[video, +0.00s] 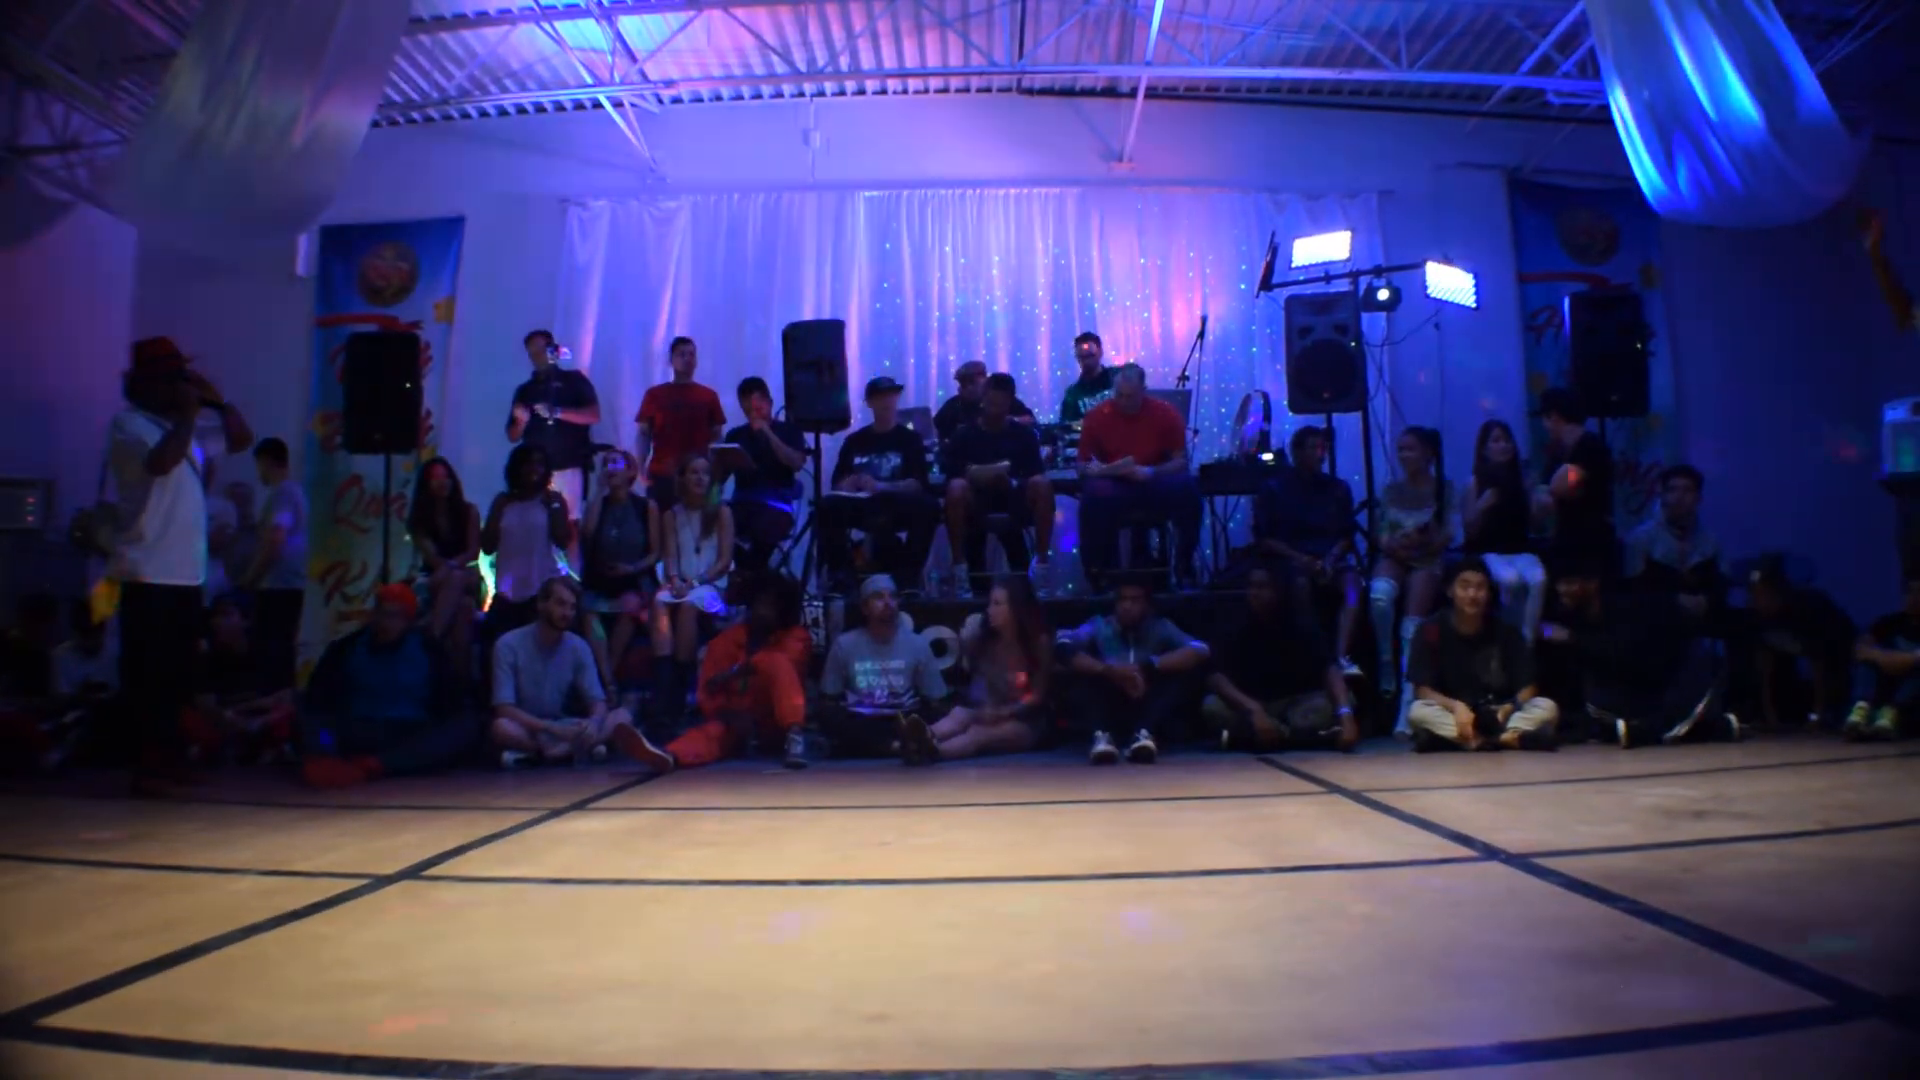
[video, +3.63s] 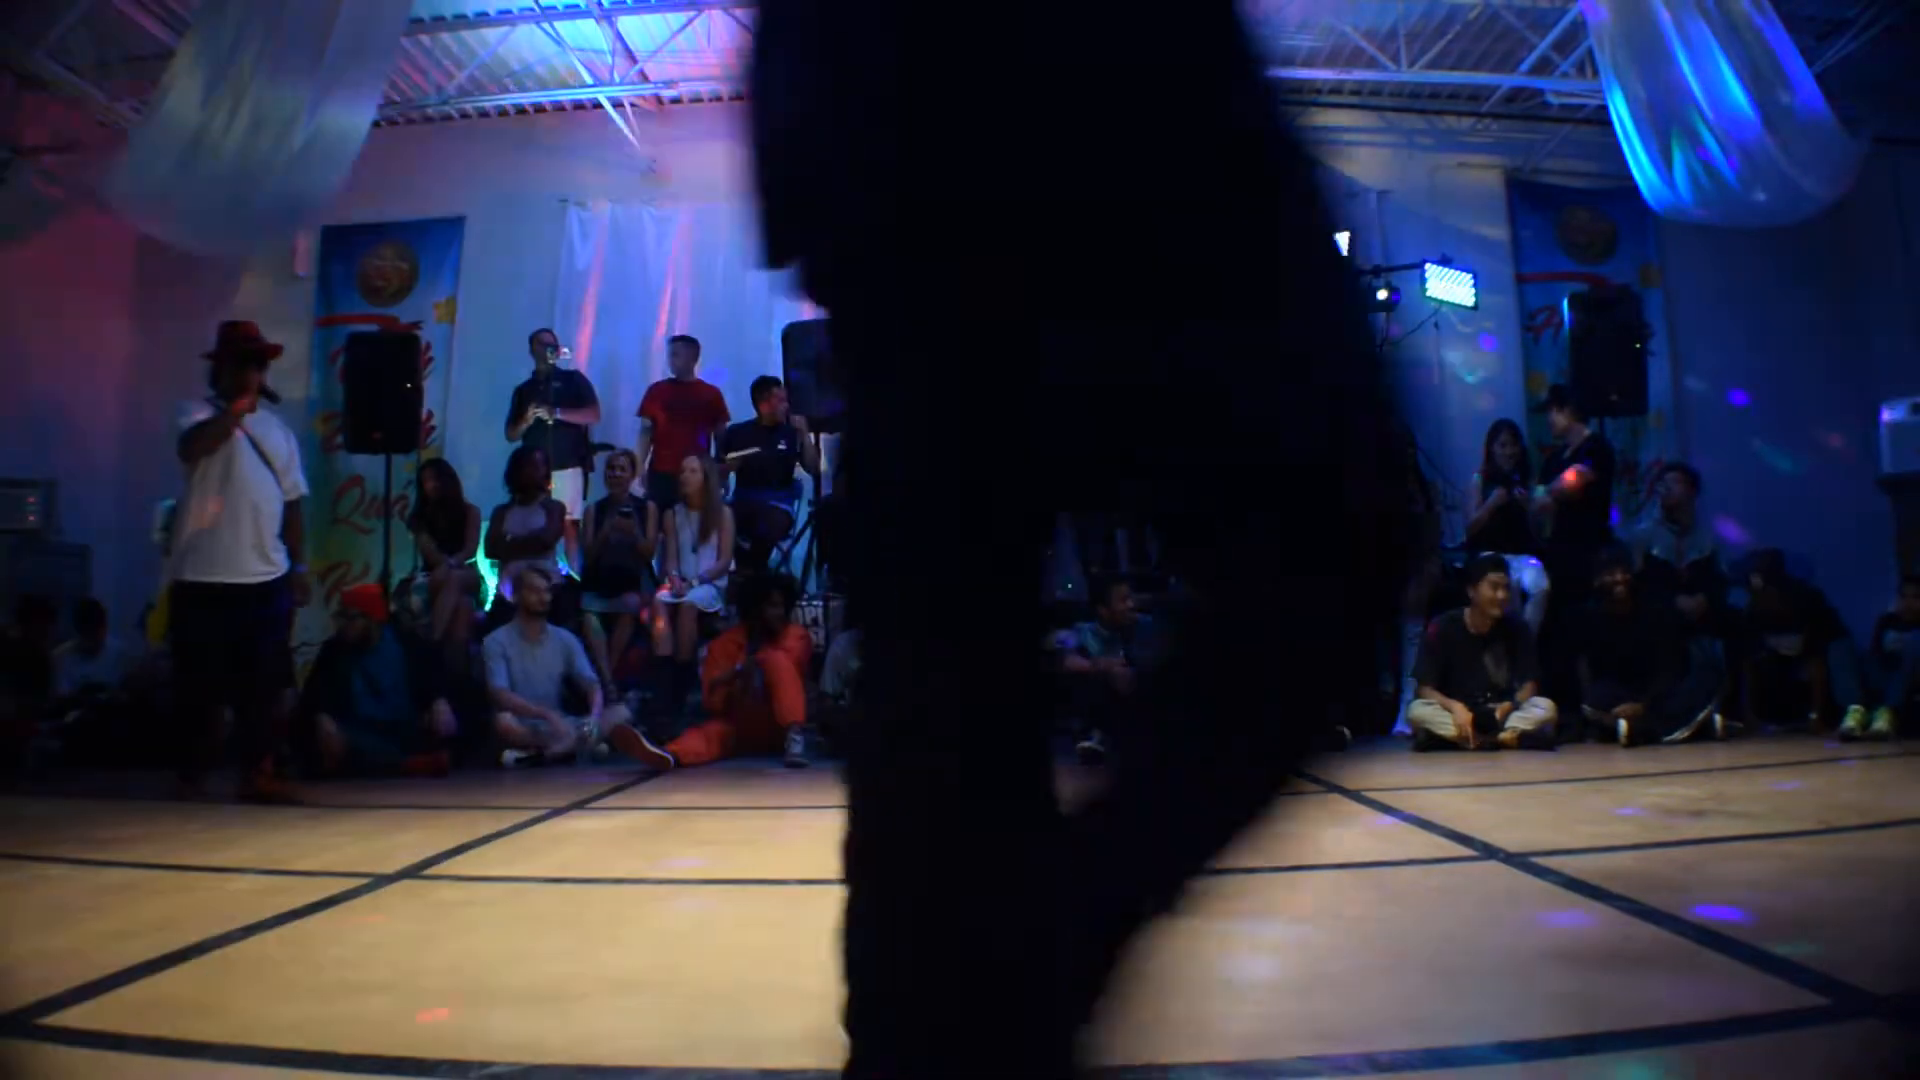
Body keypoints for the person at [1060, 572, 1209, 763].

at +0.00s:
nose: (1128, 607)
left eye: (1135, 601)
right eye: (1123, 601)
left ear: (1146, 604)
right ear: (1115, 604)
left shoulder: (1159, 628)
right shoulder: (1101, 628)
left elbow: (1200, 650)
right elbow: (1064, 647)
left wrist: (1150, 667)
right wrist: (1111, 671)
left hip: (1149, 701)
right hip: (1108, 701)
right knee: (1092, 677)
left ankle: (1144, 734)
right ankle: (1101, 736)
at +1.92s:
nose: (1151, 610)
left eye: (1154, 604)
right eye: (1144, 604)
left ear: (1157, 606)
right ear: (1124, 607)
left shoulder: (1158, 629)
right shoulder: (1098, 629)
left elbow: (1194, 651)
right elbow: (1067, 650)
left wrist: (1146, 661)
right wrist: (1114, 669)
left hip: (1148, 702)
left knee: (1173, 670)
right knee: (1088, 672)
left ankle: (1144, 733)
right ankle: (1101, 734)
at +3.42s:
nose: (1134, 606)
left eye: (1134, 600)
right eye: (1126, 601)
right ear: (1107, 609)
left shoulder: (1145, 626)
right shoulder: (1088, 632)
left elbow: (1185, 647)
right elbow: (1059, 654)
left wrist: (1137, 659)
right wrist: (1107, 669)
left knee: (1163, 669)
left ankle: (1143, 733)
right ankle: (1099, 733)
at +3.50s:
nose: (1133, 606)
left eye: (1132, 600)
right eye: (1125, 601)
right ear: (1105, 610)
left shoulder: (1143, 627)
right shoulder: (1086, 633)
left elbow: (1185, 647)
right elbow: (1053, 652)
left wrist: (1136, 659)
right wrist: (1105, 668)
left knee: (1160, 668)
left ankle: (1142, 734)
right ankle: (1099, 734)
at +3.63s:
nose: (1131, 606)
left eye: (1130, 599)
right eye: (1123, 600)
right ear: (1104, 609)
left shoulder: (1141, 631)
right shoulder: (1085, 635)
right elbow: (1069, 662)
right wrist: (1109, 668)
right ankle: (1092, 734)